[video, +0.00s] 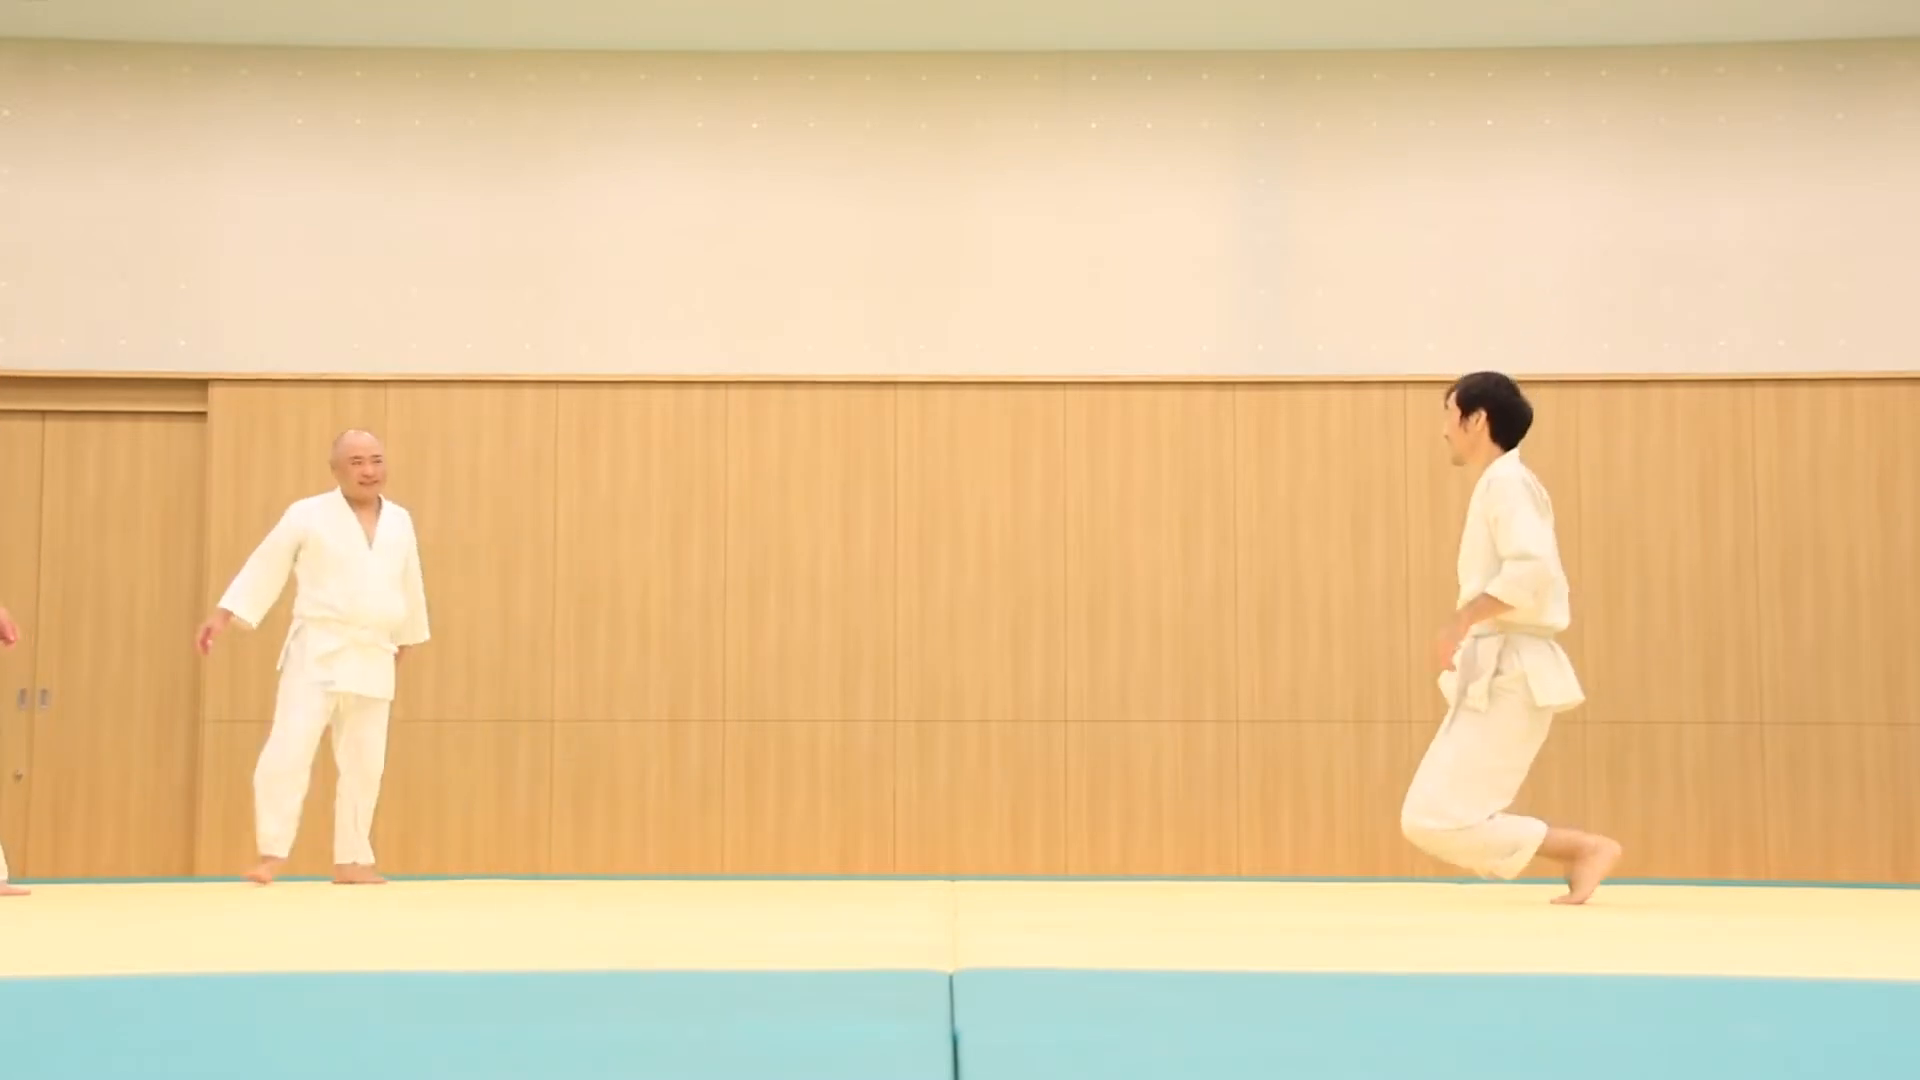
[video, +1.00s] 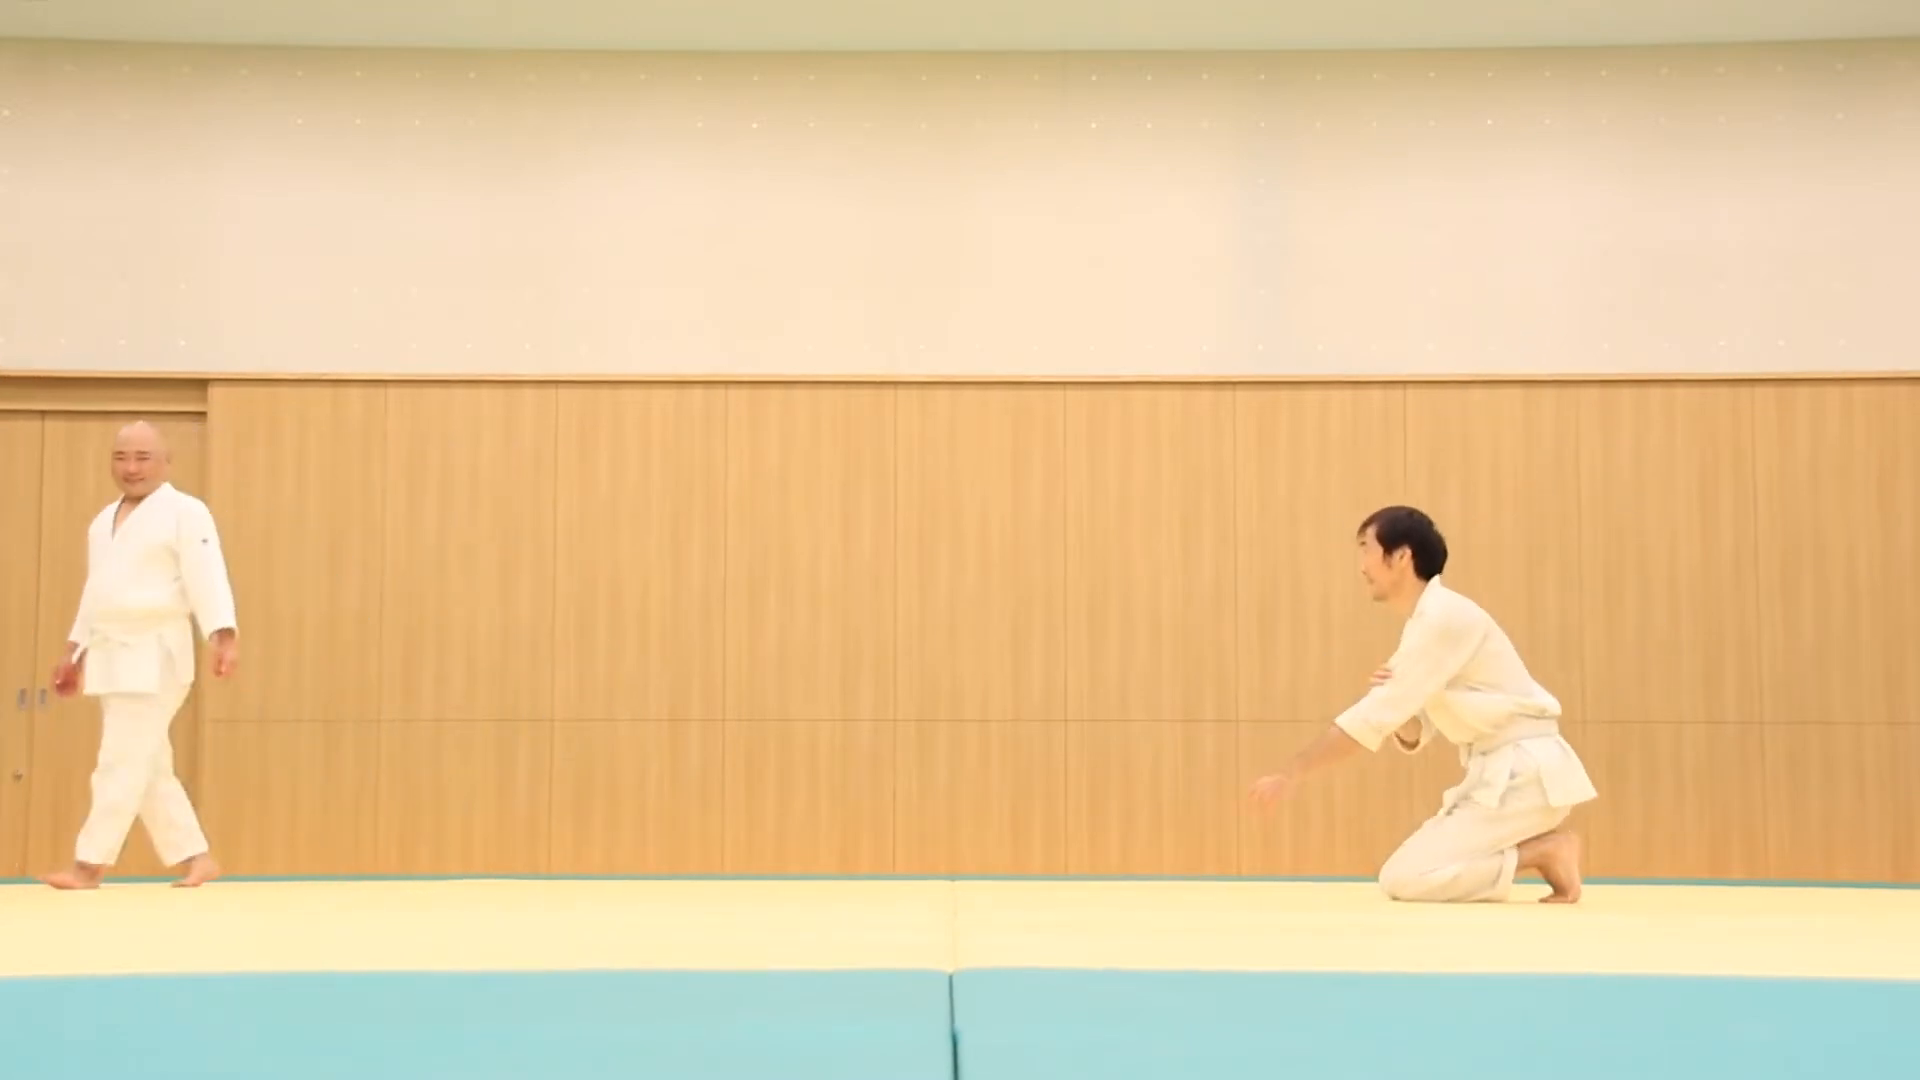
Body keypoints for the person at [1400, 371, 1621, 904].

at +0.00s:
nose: (1445, 428)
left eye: (1451, 415)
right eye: (1447, 414)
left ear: (1478, 420)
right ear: (1486, 421)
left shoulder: (1506, 481)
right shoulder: (1506, 481)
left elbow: (1532, 571)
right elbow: (1530, 581)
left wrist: (1460, 622)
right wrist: (1462, 633)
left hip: (1513, 675)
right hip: (1501, 674)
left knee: (1430, 819)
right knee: (1431, 819)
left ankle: (1583, 849)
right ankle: (1577, 851)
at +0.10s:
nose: (1429, 455)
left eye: (1436, 442)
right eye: (1432, 442)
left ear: (1464, 450)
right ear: (1469, 452)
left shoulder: (1486, 512)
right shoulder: (1488, 513)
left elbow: (1507, 601)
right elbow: (1526, 610)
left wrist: (1436, 655)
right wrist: (1452, 668)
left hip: (1487, 700)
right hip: (1477, 699)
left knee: (1412, 853)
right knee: (1410, 852)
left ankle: (1562, 851)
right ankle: (1557, 854)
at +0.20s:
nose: (1399, 482)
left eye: (1409, 472)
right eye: (1405, 470)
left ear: (1434, 487)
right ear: (1437, 488)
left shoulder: (1457, 555)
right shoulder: (1446, 554)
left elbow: (1452, 667)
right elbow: (1449, 667)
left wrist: (1395, 743)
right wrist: (1405, 748)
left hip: (1475, 738)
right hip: (1462, 737)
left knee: (1397, 878)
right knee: (1400, 873)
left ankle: (1535, 847)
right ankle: (1534, 847)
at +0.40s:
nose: (1346, 496)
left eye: (1356, 484)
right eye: (1350, 483)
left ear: (1385, 496)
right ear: (1383, 498)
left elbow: (1409, 668)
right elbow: (1381, 674)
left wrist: (1341, 731)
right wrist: (1336, 727)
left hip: (1478, 728)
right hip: (1447, 730)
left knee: (1402, 876)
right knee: (1402, 873)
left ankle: (1540, 840)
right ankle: (1538, 842)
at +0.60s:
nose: (1333, 515)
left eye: (1342, 501)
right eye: (1336, 501)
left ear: (1375, 512)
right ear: (1373, 513)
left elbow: (1349, 669)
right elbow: (1340, 669)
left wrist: (1266, 731)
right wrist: (1268, 729)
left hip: (1484, 742)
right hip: (1457, 742)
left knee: (1399, 879)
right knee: (1398, 876)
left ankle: (1533, 841)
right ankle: (1530, 842)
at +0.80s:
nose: (1332, 548)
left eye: (1340, 534)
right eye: (1333, 534)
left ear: (1372, 543)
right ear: (1371, 545)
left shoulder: (1416, 601)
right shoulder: (1404, 605)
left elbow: (1339, 690)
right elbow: (1371, 718)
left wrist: (1247, 740)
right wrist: (1322, 692)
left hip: (1504, 757)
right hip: (1482, 756)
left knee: (1401, 879)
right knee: (1401, 874)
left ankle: (1537, 850)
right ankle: (1536, 849)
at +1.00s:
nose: (1360, 565)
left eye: (1368, 550)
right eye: (1360, 551)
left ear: (1401, 558)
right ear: (1400, 559)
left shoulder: (1444, 617)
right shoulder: (1428, 621)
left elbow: (1376, 712)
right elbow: (1417, 737)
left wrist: (1290, 774)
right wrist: (1394, 696)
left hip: (1528, 775)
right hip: (1499, 774)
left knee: (1404, 878)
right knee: (1401, 873)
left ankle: (1543, 854)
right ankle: (1542, 851)